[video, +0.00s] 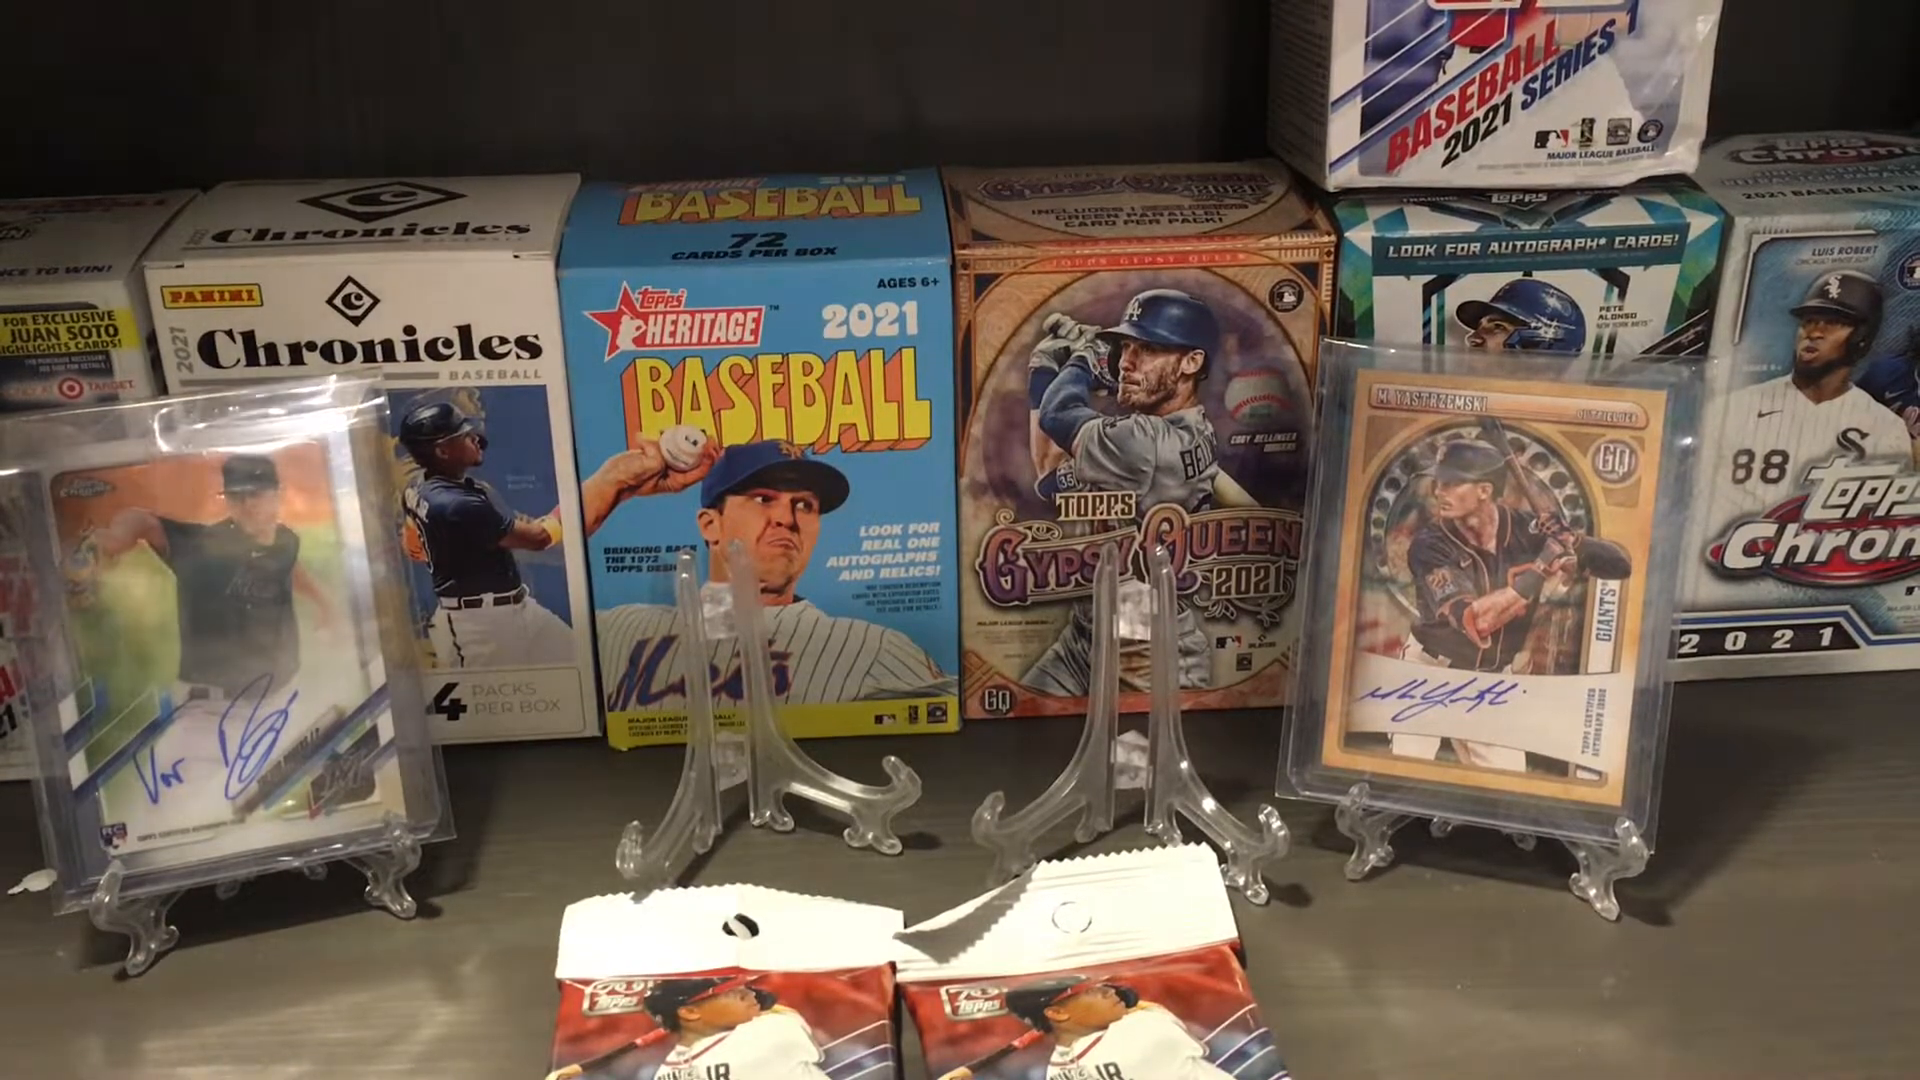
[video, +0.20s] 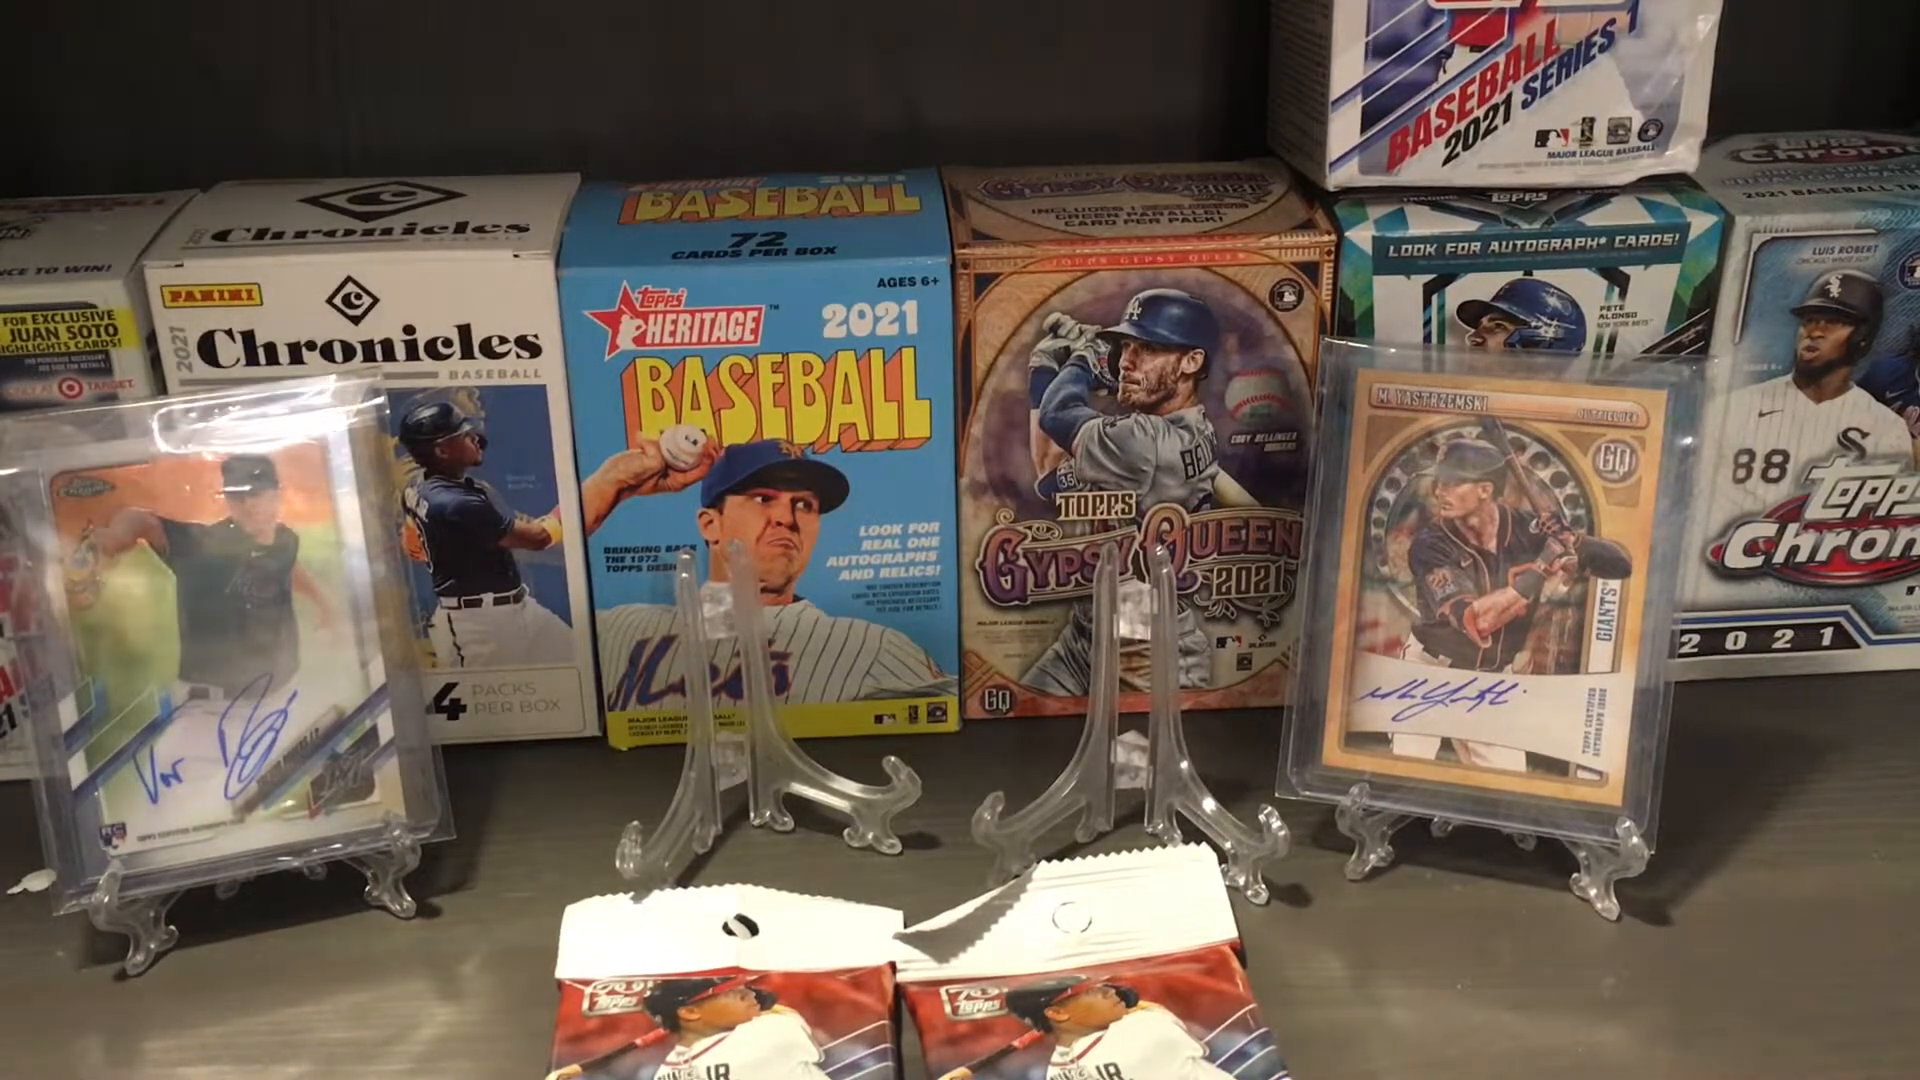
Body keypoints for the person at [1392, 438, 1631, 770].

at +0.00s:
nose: (1439, 491)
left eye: (1452, 484)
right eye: (1439, 483)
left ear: (1484, 491)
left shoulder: (1527, 530)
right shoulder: (1430, 541)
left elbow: (1622, 565)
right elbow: (1472, 622)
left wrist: (1574, 545)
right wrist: (1538, 572)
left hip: (1495, 677)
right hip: (1429, 669)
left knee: (1509, 789)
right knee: (1412, 771)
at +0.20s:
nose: (1440, 491)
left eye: (1453, 483)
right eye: (1440, 482)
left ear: (1485, 491)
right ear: (1435, 485)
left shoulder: (1528, 529)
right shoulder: (1430, 541)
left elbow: (1623, 565)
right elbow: (1471, 621)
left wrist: (1574, 545)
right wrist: (1538, 573)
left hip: (1496, 676)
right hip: (1429, 668)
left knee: (1510, 790)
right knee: (1413, 770)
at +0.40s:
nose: (1440, 491)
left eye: (1453, 483)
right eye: (1440, 482)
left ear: (1484, 491)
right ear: (1435, 485)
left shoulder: (1527, 529)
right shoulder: (1430, 541)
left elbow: (1623, 565)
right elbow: (1471, 621)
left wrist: (1574, 545)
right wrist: (1538, 573)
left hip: (1495, 677)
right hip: (1429, 669)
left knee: (1509, 790)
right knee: (1412, 771)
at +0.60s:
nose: (1440, 491)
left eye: (1452, 483)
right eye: (1440, 482)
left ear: (1485, 490)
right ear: (1436, 486)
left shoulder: (1527, 529)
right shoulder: (1430, 541)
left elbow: (1622, 564)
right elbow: (1472, 622)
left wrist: (1574, 546)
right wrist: (1537, 573)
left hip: (1495, 677)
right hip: (1429, 669)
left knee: (1510, 790)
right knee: (1412, 771)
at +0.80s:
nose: (1440, 491)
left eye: (1452, 484)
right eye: (1439, 483)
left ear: (1484, 490)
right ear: (1436, 486)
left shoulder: (1527, 529)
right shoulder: (1430, 541)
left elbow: (1623, 564)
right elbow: (1472, 622)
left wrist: (1574, 548)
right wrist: (1537, 574)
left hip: (1495, 677)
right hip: (1429, 670)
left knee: (1510, 790)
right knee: (1412, 771)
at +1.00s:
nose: (1439, 492)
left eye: (1452, 484)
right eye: (1439, 483)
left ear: (1484, 491)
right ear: (1436, 486)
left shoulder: (1528, 530)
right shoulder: (1430, 542)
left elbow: (1622, 565)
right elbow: (1473, 622)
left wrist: (1574, 547)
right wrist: (1538, 573)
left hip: (1495, 677)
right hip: (1429, 670)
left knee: (1510, 789)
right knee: (1411, 772)